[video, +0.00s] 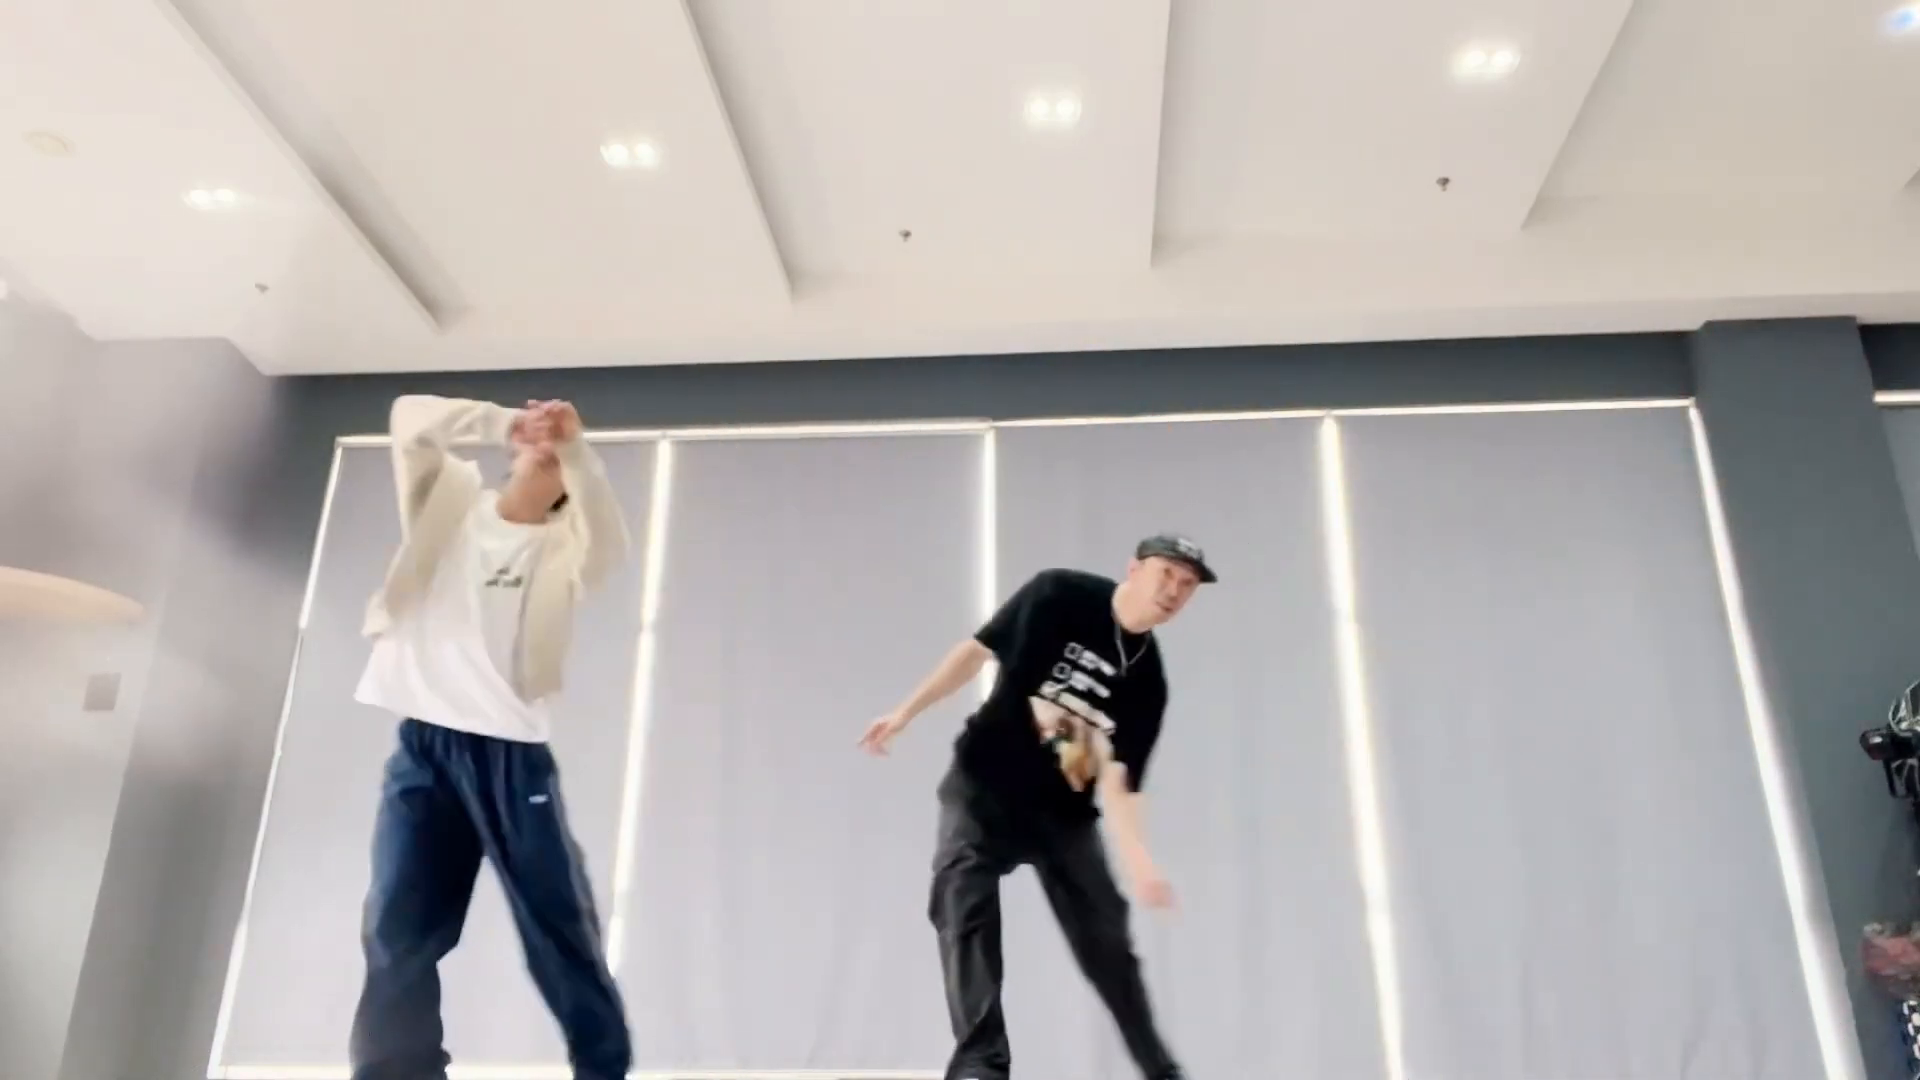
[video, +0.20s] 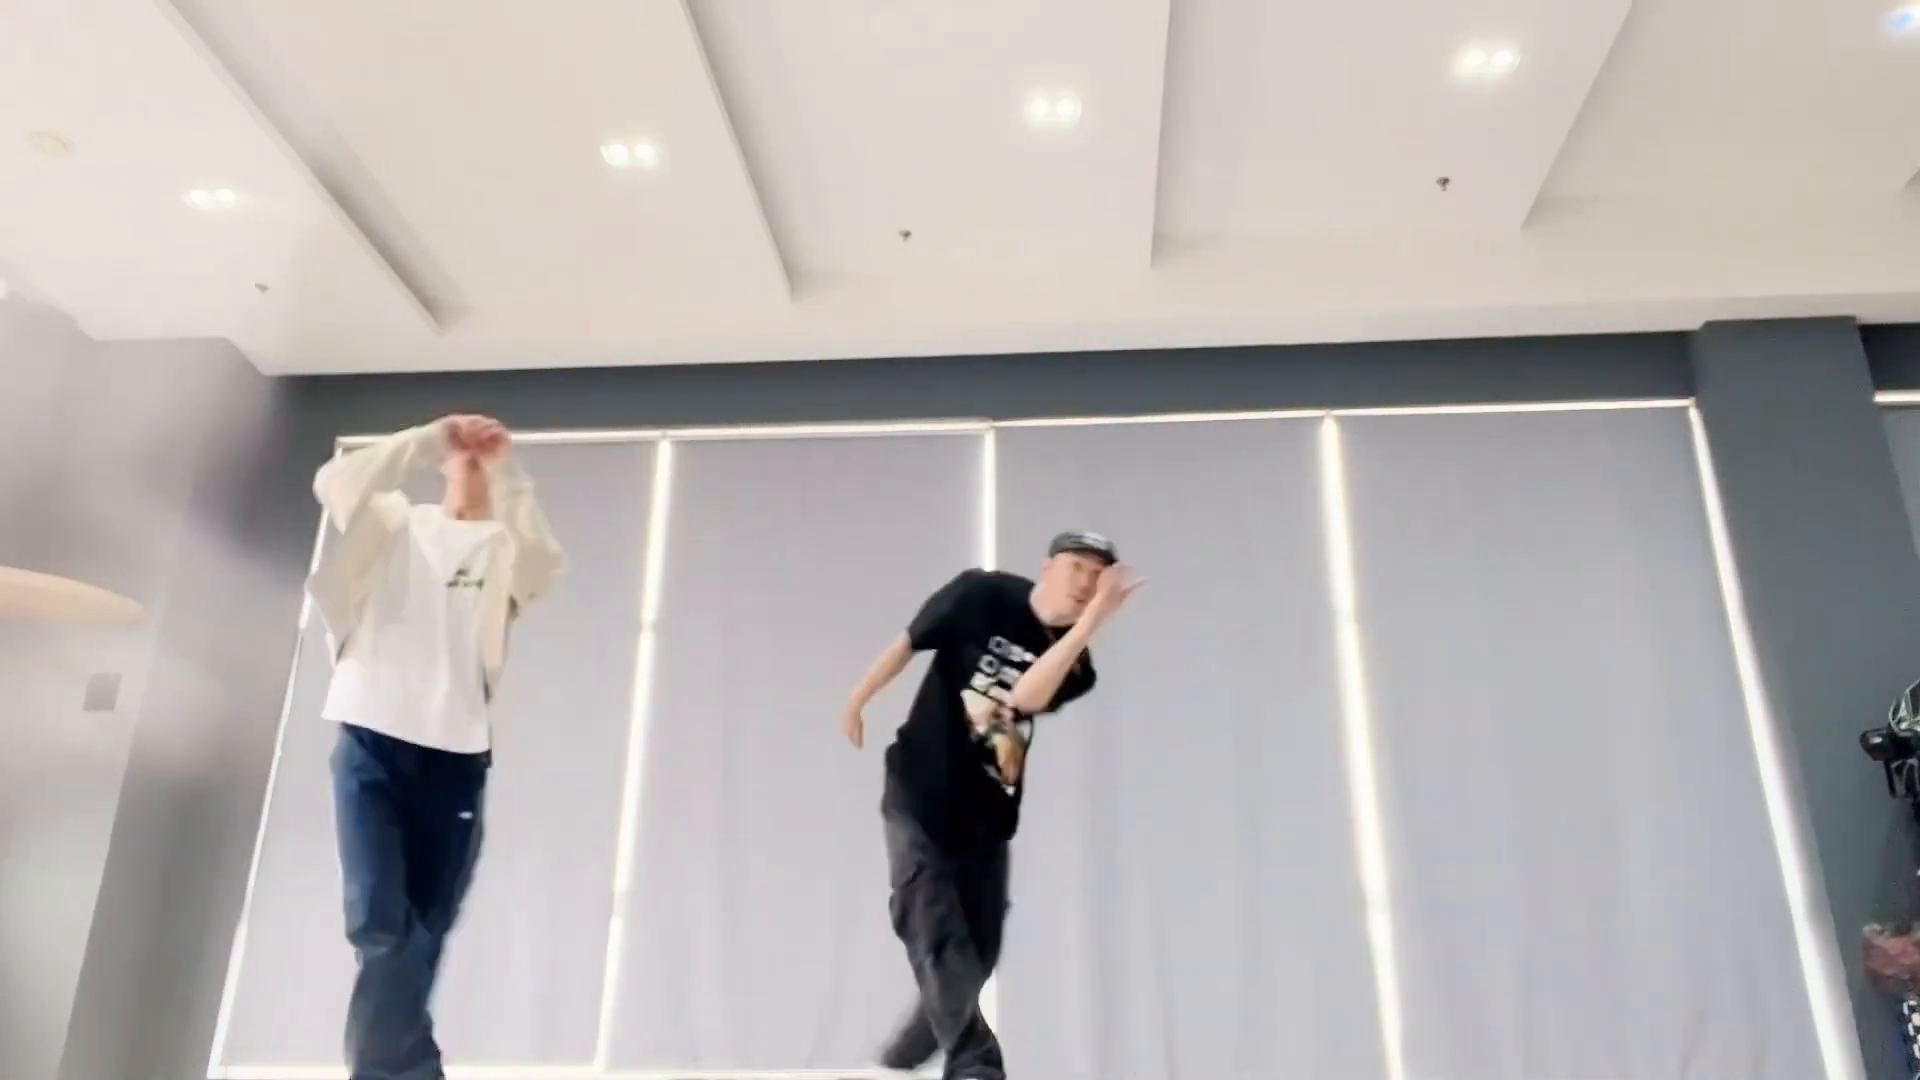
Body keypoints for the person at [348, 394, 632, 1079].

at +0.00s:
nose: (540, 445)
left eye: (555, 447)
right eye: (534, 438)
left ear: (570, 475)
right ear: (513, 447)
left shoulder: (571, 543)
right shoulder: (447, 502)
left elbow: (608, 545)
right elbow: (410, 421)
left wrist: (573, 443)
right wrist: (508, 424)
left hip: (512, 758)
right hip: (423, 749)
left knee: (562, 940)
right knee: (395, 940)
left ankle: (603, 1069)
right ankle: (399, 1074)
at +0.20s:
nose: (473, 459)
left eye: (484, 452)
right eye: (460, 447)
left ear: (495, 467)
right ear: (443, 458)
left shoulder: (505, 546)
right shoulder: (388, 519)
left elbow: (542, 568)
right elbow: (334, 487)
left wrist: (502, 469)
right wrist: (428, 439)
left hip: (458, 759)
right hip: (370, 741)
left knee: (427, 932)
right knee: (380, 925)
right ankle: (413, 1069)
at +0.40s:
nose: (404, 506)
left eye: (420, 497)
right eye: (396, 494)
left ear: (444, 513)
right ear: (379, 506)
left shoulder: (458, 580)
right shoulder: (347, 561)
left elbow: (484, 600)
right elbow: (307, 607)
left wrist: (441, 511)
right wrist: (358, 511)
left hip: (401, 773)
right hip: (320, 749)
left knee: (324, 938)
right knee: (252, 828)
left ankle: (248, 1063)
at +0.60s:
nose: (374, 505)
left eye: (389, 498)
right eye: (365, 493)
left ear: (407, 518)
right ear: (344, 504)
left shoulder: (427, 576)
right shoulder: (292, 568)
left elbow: (431, 677)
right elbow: (310, 650)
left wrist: (439, 766)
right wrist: (358, 734)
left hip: (369, 795)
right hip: (276, 780)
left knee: (373, 901)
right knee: (183, 933)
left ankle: (308, 991)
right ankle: (55, 1060)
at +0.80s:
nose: (454, 511)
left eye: (469, 504)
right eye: (444, 498)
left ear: (481, 527)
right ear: (418, 512)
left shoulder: (493, 607)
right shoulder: (328, 575)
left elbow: (489, 702)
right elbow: (235, 655)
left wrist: (474, 764)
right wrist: (149, 714)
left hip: (396, 805)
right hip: (288, 805)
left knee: (473, 884)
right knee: (182, 942)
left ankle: (509, 1052)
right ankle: (88, 1070)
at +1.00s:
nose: (555, 497)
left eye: (569, 490)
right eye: (544, 488)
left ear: (588, 514)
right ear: (522, 506)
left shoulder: (602, 595)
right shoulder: (466, 534)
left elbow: (616, 688)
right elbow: (356, 505)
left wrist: (654, 738)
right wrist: (247, 493)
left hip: (537, 793)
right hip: (444, 782)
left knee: (583, 899)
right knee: (358, 938)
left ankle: (628, 1072)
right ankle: (263, 1052)